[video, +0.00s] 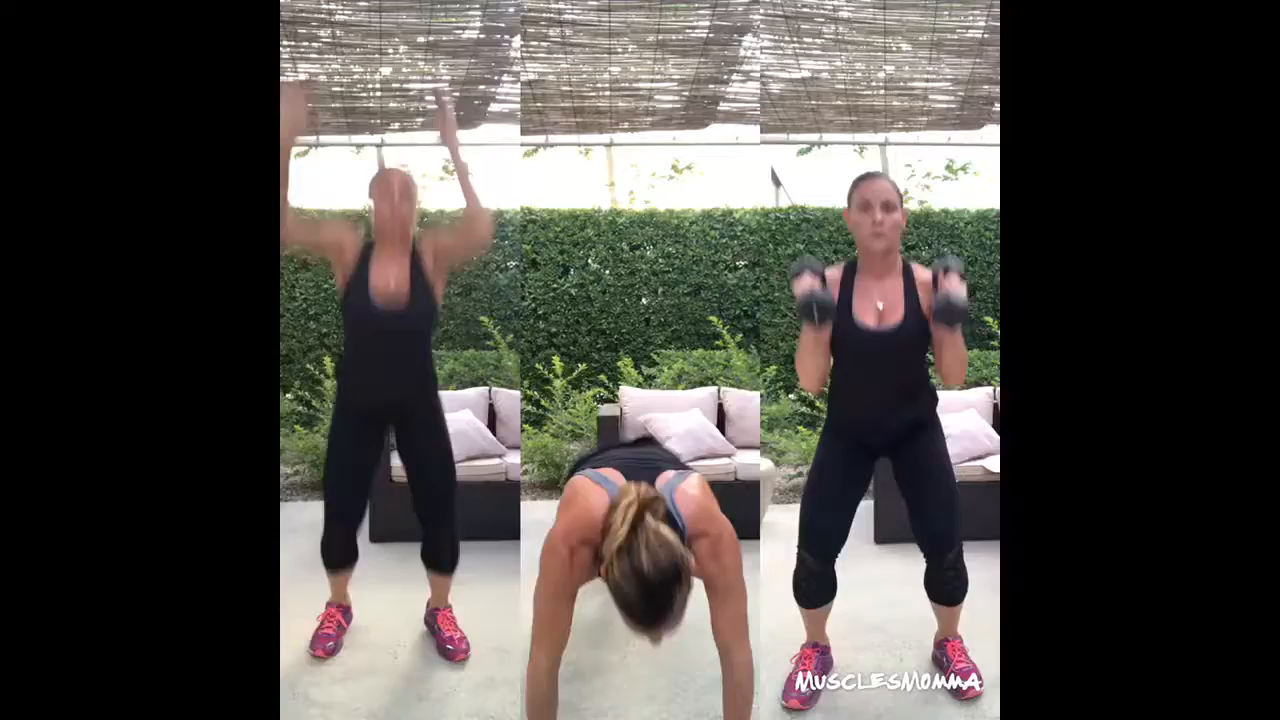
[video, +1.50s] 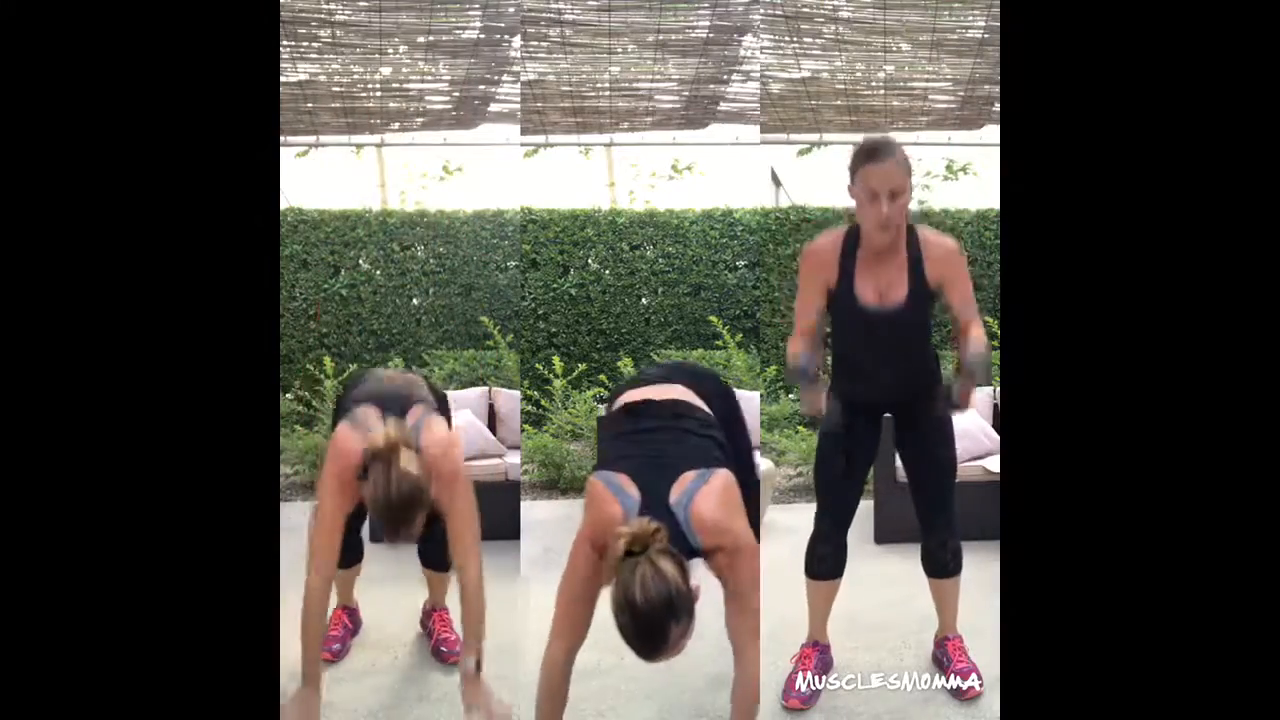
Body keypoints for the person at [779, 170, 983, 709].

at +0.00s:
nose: (878, 216)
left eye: (888, 207)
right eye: (865, 208)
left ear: (903, 218)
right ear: (848, 221)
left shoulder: (930, 284)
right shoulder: (828, 285)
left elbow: (954, 377)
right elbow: (811, 381)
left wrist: (947, 316)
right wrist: (815, 314)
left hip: (916, 428)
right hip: (846, 429)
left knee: (945, 548)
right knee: (813, 554)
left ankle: (949, 644)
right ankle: (815, 650)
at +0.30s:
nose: (879, 157)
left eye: (888, 150)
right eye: (867, 150)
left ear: (900, 166)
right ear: (848, 164)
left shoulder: (922, 223)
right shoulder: (824, 220)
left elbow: (975, 178)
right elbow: (771, 164)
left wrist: (956, 99)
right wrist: (798, 90)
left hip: (910, 392)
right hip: (839, 394)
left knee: (935, 528)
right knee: (820, 532)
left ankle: (950, 642)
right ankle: (816, 648)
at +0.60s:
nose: (873, 160)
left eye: (884, 153)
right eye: (863, 153)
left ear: (900, 169)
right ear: (845, 166)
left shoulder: (914, 221)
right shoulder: (827, 221)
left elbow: (938, 134)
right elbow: (807, 132)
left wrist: (936, 53)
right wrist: (814, 39)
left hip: (906, 399)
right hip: (832, 399)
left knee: (930, 530)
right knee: (812, 535)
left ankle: (948, 641)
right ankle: (814, 648)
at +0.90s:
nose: (880, 163)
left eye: (890, 154)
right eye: (868, 154)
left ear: (903, 166)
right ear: (850, 165)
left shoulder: (923, 231)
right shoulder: (827, 225)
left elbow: (992, 218)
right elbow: (771, 227)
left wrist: (963, 157)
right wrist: (782, 165)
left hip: (909, 393)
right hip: (836, 393)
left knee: (932, 527)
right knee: (820, 530)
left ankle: (949, 641)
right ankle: (815, 648)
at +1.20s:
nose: (887, 171)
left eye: (897, 160)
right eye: (875, 160)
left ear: (909, 167)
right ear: (857, 166)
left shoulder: (929, 234)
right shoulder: (832, 232)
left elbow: (964, 313)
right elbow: (794, 314)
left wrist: (958, 243)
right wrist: (805, 242)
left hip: (916, 396)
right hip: (843, 396)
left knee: (939, 532)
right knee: (824, 534)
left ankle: (949, 642)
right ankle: (815, 648)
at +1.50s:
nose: (886, 210)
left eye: (897, 196)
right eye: (873, 197)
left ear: (911, 193)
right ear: (852, 195)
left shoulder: (939, 251)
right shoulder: (824, 253)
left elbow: (970, 325)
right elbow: (804, 336)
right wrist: (807, 378)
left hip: (922, 402)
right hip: (851, 403)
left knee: (940, 527)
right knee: (828, 526)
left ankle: (949, 640)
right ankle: (815, 646)